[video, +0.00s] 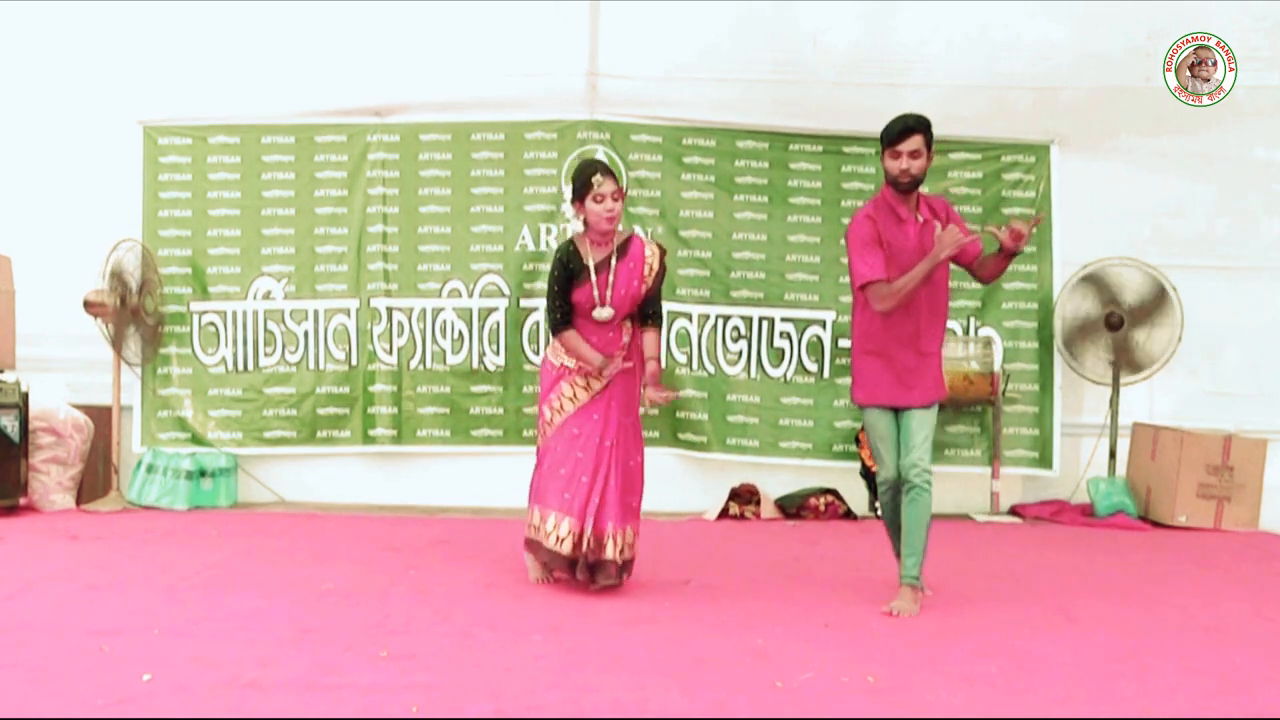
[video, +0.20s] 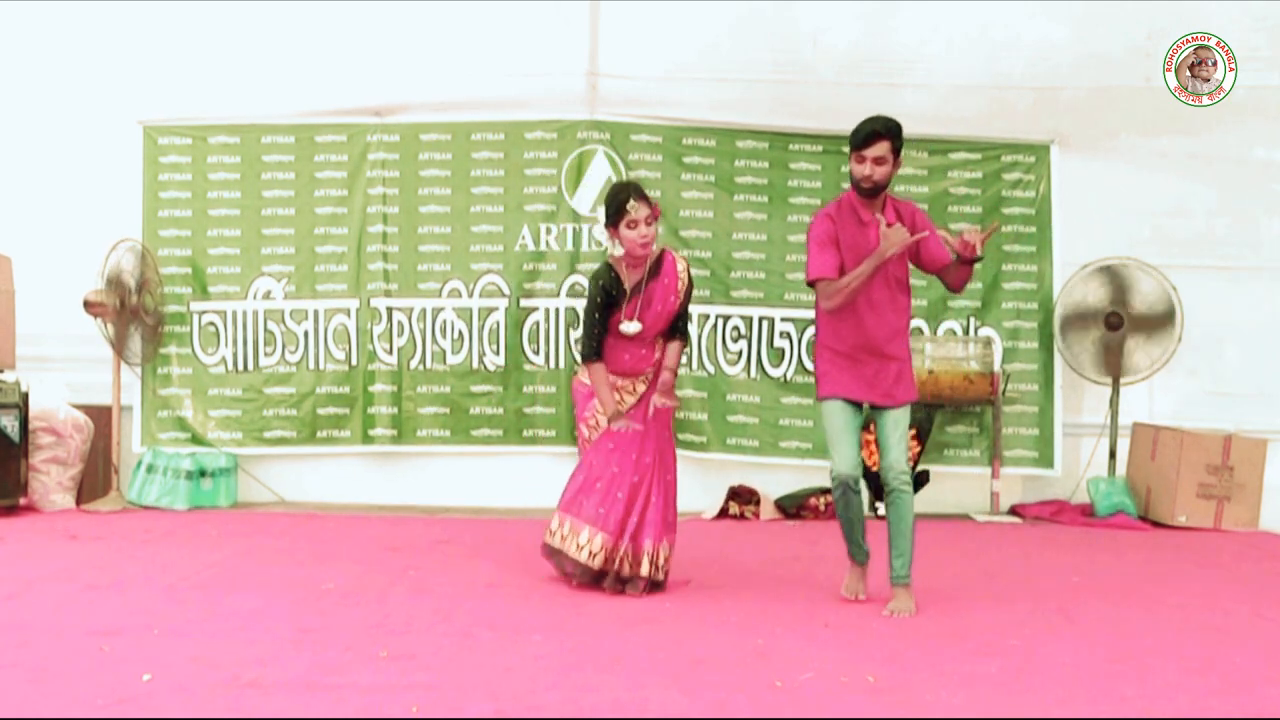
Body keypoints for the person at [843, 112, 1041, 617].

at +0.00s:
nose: (906, 164)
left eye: (916, 156)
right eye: (896, 155)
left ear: (929, 159)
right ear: (883, 158)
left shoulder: (940, 214)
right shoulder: (866, 221)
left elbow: (985, 271)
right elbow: (880, 298)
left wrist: (1007, 249)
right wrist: (934, 256)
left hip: (922, 364)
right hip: (875, 365)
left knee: (916, 470)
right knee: (891, 475)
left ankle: (911, 584)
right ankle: (909, 573)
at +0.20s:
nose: (869, 170)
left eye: (880, 162)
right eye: (862, 160)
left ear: (897, 165)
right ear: (849, 159)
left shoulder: (908, 216)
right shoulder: (829, 220)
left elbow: (953, 281)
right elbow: (828, 299)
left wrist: (966, 255)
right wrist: (881, 254)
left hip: (892, 362)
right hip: (838, 362)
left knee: (896, 475)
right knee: (844, 471)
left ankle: (901, 586)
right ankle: (856, 563)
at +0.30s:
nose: (841, 163)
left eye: (852, 155)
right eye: (833, 153)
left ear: (869, 157)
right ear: (821, 152)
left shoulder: (881, 205)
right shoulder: (800, 210)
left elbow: (931, 267)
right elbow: (803, 285)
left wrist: (946, 245)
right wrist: (860, 246)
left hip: (863, 356)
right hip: (812, 357)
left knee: (861, 460)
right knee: (826, 467)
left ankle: (862, 573)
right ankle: (849, 569)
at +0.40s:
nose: (822, 164)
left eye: (834, 156)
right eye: (815, 154)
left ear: (850, 159)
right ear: (803, 152)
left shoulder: (863, 207)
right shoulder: (780, 213)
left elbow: (911, 268)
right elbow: (784, 293)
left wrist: (929, 254)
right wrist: (844, 259)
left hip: (844, 359)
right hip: (795, 360)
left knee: (833, 465)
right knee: (811, 472)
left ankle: (828, 581)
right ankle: (845, 563)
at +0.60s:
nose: (766, 177)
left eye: (777, 168)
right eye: (758, 166)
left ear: (792, 171)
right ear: (745, 166)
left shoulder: (809, 220)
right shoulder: (722, 227)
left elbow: (850, 289)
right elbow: (711, 313)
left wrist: (873, 289)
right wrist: (764, 289)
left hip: (797, 370)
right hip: (742, 370)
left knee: (796, 474)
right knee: (736, 473)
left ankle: (811, 588)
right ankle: (773, 559)